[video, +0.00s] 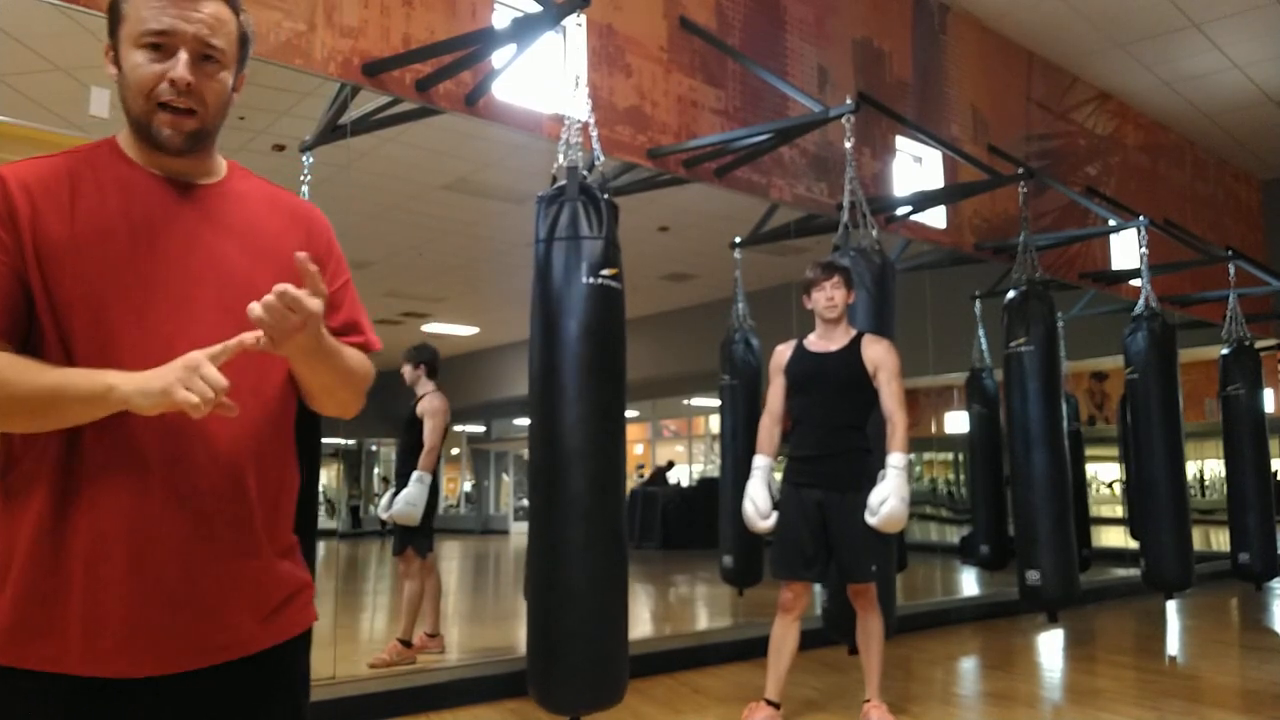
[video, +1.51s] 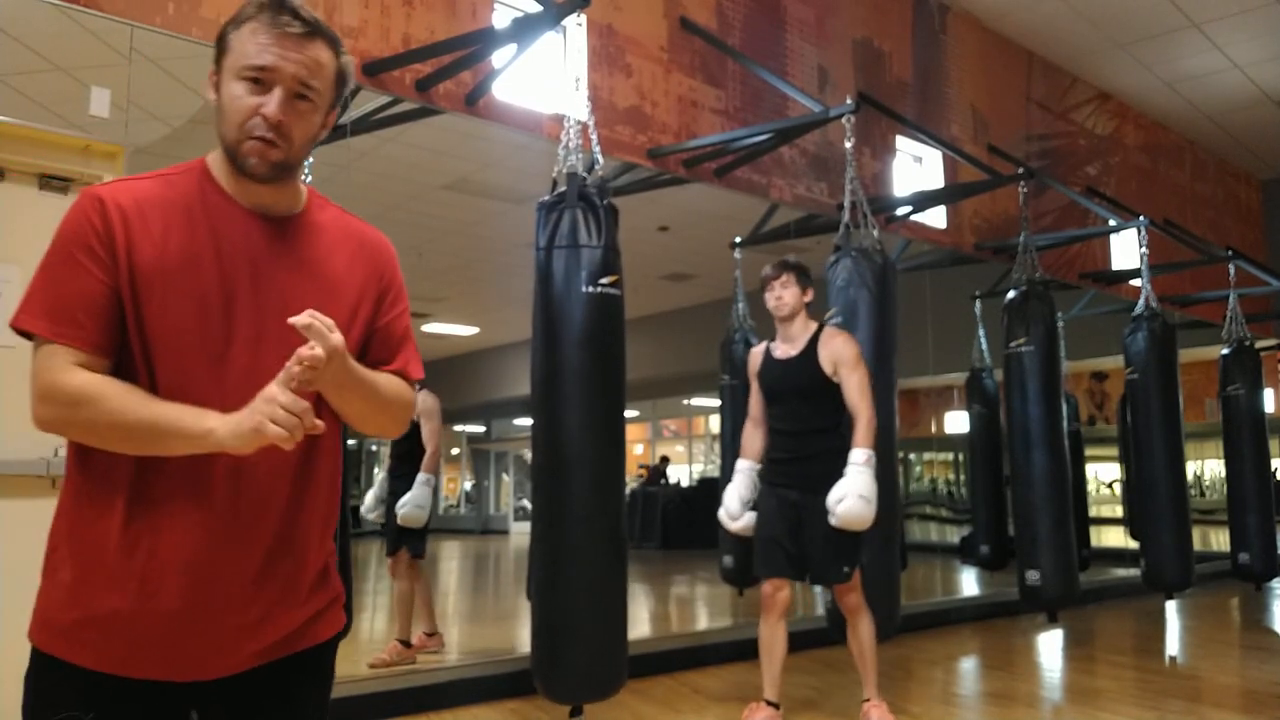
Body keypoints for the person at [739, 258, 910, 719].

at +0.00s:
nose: (829, 295)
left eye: (837, 288)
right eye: (821, 289)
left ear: (850, 296)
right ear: (808, 299)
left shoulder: (876, 350)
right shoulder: (786, 354)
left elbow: (895, 417)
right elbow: (772, 419)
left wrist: (896, 474)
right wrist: (759, 476)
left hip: (858, 491)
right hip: (800, 491)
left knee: (865, 596)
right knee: (789, 598)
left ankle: (873, 700)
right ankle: (771, 702)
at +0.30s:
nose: (829, 295)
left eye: (836, 288)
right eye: (821, 289)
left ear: (850, 296)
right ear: (808, 299)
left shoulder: (876, 351)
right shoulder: (787, 355)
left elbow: (895, 418)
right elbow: (772, 420)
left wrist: (896, 474)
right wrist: (760, 477)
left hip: (858, 491)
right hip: (800, 491)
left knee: (864, 596)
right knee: (789, 598)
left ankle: (873, 700)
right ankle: (771, 702)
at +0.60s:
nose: (826, 296)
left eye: (834, 288)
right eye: (818, 290)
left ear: (849, 296)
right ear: (807, 299)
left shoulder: (876, 351)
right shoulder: (788, 356)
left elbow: (895, 418)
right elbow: (774, 422)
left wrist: (895, 475)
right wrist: (760, 478)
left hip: (858, 491)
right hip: (801, 491)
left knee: (865, 596)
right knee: (789, 598)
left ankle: (873, 700)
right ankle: (771, 702)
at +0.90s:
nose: (817, 295)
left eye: (826, 288)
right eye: (810, 290)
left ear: (845, 294)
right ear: (804, 300)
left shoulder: (874, 349)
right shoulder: (789, 356)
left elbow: (895, 417)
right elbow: (776, 422)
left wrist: (893, 475)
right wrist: (762, 479)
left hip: (857, 492)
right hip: (801, 492)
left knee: (865, 596)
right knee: (787, 597)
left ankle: (873, 700)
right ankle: (771, 702)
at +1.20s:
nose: (800, 294)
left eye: (809, 287)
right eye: (795, 289)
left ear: (831, 295)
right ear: (790, 301)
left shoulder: (861, 347)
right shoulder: (783, 356)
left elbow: (886, 417)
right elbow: (773, 423)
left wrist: (881, 477)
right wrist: (758, 482)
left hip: (849, 491)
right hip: (795, 492)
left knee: (862, 596)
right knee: (780, 596)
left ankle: (873, 700)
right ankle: (770, 702)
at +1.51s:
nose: (776, 293)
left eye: (785, 285)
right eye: (770, 288)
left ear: (807, 294)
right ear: (765, 300)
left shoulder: (836, 343)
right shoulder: (760, 356)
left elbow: (864, 413)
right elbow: (755, 424)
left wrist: (860, 472)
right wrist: (742, 484)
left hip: (831, 489)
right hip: (777, 491)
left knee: (849, 598)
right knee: (773, 597)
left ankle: (872, 699)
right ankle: (769, 704)